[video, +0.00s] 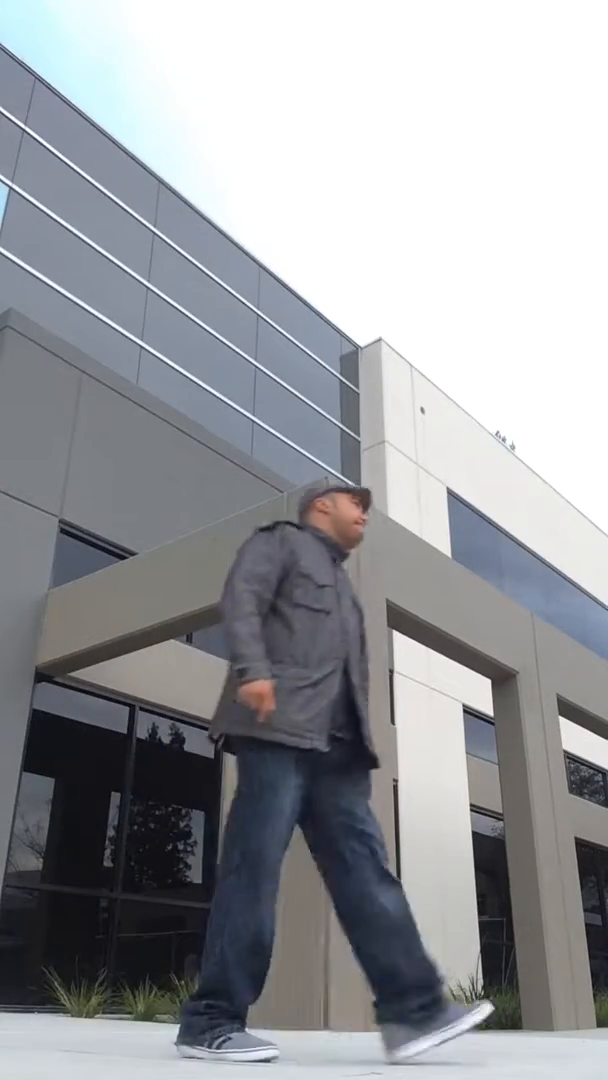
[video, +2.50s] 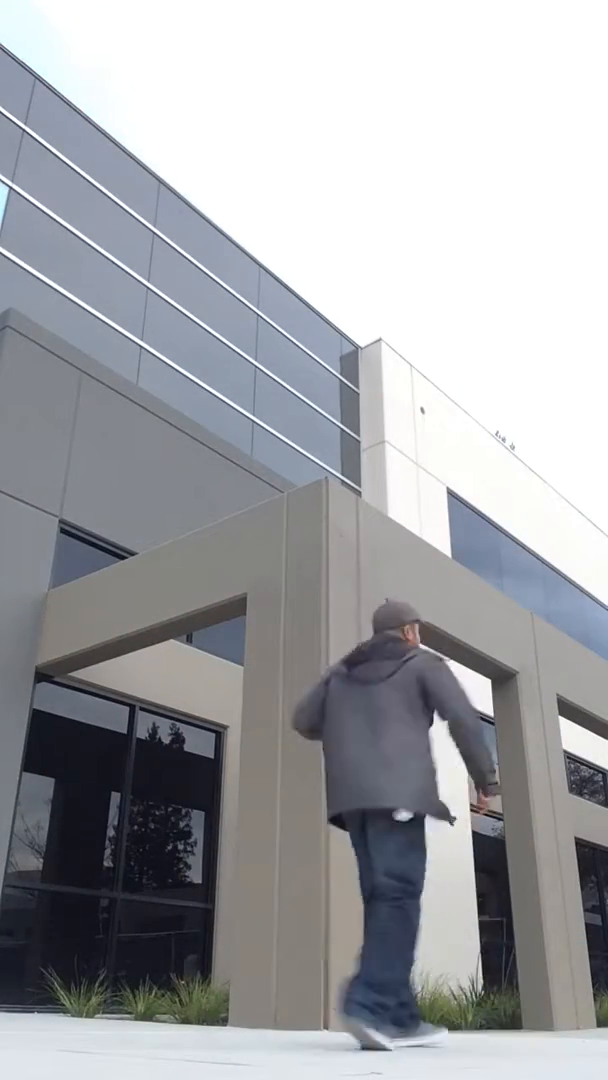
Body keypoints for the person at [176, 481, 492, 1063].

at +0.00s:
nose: (365, 513)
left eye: (365, 505)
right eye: (355, 501)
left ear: (335, 514)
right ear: (320, 507)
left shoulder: (343, 583)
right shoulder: (279, 541)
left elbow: (343, 662)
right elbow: (241, 601)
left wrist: (357, 730)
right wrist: (253, 669)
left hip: (339, 741)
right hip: (278, 727)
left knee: (363, 873)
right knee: (252, 872)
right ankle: (210, 1023)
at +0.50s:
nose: (448, 541)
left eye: (441, 535)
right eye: (445, 535)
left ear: (397, 547)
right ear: (438, 538)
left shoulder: (370, 603)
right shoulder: (462, 560)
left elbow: (361, 685)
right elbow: (516, 609)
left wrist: (380, 761)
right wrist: (564, 680)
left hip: (403, 738)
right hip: (471, 721)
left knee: (431, 872)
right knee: (512, 866)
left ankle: (432, 1017)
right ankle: (567, 1024)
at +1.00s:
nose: (381, 605)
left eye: (381, 593)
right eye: (379, 595)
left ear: (401, 586)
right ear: (422, 582)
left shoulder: (415, 619)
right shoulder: (475, 608)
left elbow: (427, 688)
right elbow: (514, 679)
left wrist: (441, 760)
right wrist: (541, 748)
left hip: (473, 763)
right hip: (532, 750)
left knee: (487, 896)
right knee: (540, 876)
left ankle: (500, 1022)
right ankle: (564, 1001)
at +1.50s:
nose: (362, 605)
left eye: (368, 595)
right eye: (364, 597)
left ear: (396, 599)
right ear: (396, 600)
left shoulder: (417, 633)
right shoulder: (408, 641)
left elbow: (429, 701)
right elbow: (428, 712)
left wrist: (383, 764)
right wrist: (387, 771)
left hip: (435, 787)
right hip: (423, 789)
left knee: (431, 897)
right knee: (415, 900)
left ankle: (506, 1011)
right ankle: (424, 1024)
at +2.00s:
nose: (336, 639)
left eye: (341, 628)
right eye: (335, 632)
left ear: (368, 626)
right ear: (366, 629)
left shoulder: (395, 646)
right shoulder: (374, 674)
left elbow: (420, 687)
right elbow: (398, 757)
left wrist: (360, 730)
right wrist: (378, 812)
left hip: (431, 790)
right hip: (405, 804)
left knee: (457, 888)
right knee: (371, 891)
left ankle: (522, 1023)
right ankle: (385, 1027)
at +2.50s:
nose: (422, 637)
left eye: (419, 631)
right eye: (419, 631)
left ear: (377, 632)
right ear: (410, 631)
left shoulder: (343, 669)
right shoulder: (422, 663)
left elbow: (304, 719)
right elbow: (463, 717)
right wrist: (484, 778)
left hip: (351, 794)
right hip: (399, 791)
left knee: (379, 899)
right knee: (398, 899)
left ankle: (401, 1016)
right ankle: (367, 1006)